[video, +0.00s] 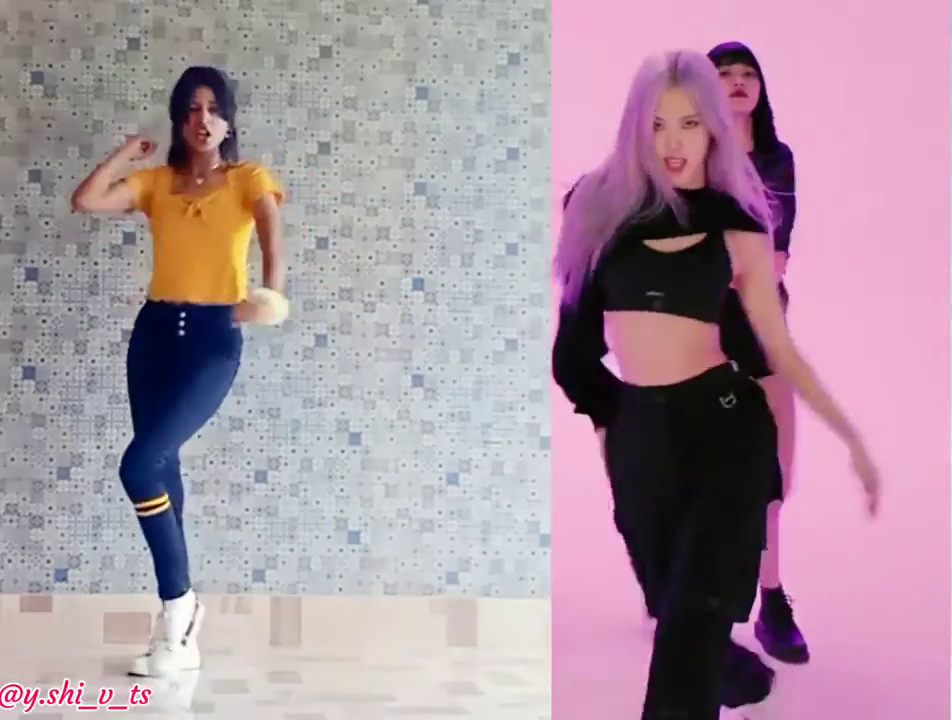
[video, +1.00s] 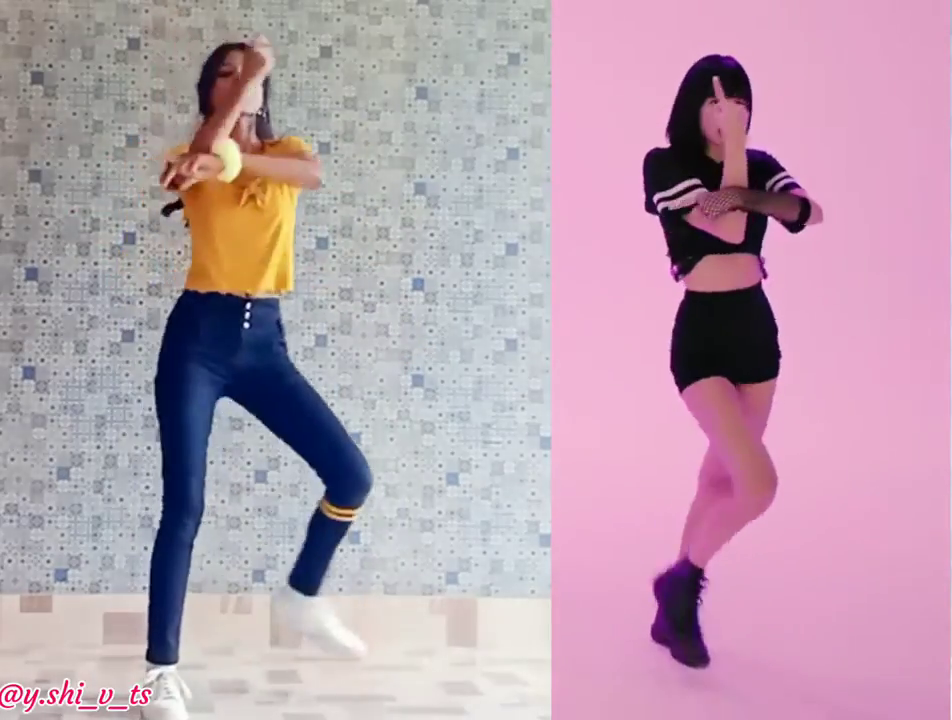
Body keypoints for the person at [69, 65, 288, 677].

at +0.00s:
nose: (202, 118)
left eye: (212, 109)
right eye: (191, 109)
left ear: (227, 119)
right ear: (176, 119)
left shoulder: (248, 177)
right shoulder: (156, 180)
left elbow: (271, 231)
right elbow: (86, 199)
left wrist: (271, 289)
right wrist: (125, 151)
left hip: (215, 340)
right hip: (153, 337)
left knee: (138, 467)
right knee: (165, 481)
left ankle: (178, 601)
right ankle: (175, 620)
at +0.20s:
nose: (193, 130)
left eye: (203, 121)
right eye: (183, 120)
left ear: (219, 128)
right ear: (167, 126)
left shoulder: (228, 186)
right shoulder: (142, 172)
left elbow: (245, 227)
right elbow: (141, 167)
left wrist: (176, 207)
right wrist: (155, 150)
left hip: (207, 342)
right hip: (143, 340)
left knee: (172, 495)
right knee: (156, 496)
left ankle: (156, 649)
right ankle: (181, 635)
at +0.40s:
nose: (191, 131)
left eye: (203, 121)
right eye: (182, 120)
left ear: (220, 129)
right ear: (166, 125)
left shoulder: (228, 185)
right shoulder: (144, 171)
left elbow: (248, 216)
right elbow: (135, 172)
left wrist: (188, 188)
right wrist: (149, 156)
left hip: (215, 348)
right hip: (147, 345)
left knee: (174, 509)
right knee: (117, 514)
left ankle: (153, 661)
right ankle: (137, 593)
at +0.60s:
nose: (201, 85)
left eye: (212, 76)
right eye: (188, 76)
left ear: (228, 92)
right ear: (172, 87)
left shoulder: (246, 156)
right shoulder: (148, 151)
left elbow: (260, 181)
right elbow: (164, 146)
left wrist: (179, 167)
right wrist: (171, 55)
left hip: (219, 330)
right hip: (151, 323)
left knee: (182, 492)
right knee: (152, 479)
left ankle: (147, 649)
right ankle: (122, 643)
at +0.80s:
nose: (208, 90)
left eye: (219, 83)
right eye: (196, 83)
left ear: (236, 103)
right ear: (180, 102)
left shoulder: (258, 157)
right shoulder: (160, 166)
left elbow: (279, 200)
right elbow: (177, 190)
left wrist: (197, 199)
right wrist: (177, 90)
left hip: (231, 349)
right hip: (165, 341)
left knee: (225, 524)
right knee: (171, 507)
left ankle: (128, 621)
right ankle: (160, 672)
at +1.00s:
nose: (248, 87)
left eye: (257, 79)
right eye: (233, 75)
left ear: (267, 94)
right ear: (211, 92)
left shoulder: (285, 149)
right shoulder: (191, 158)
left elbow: (310, 172)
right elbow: (211, 151)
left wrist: (234, 162)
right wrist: (250, 74)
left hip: (265, 348)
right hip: (197, 345)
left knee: (351, 478)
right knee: (185, 503)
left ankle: (299, 599)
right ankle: (162, 671)